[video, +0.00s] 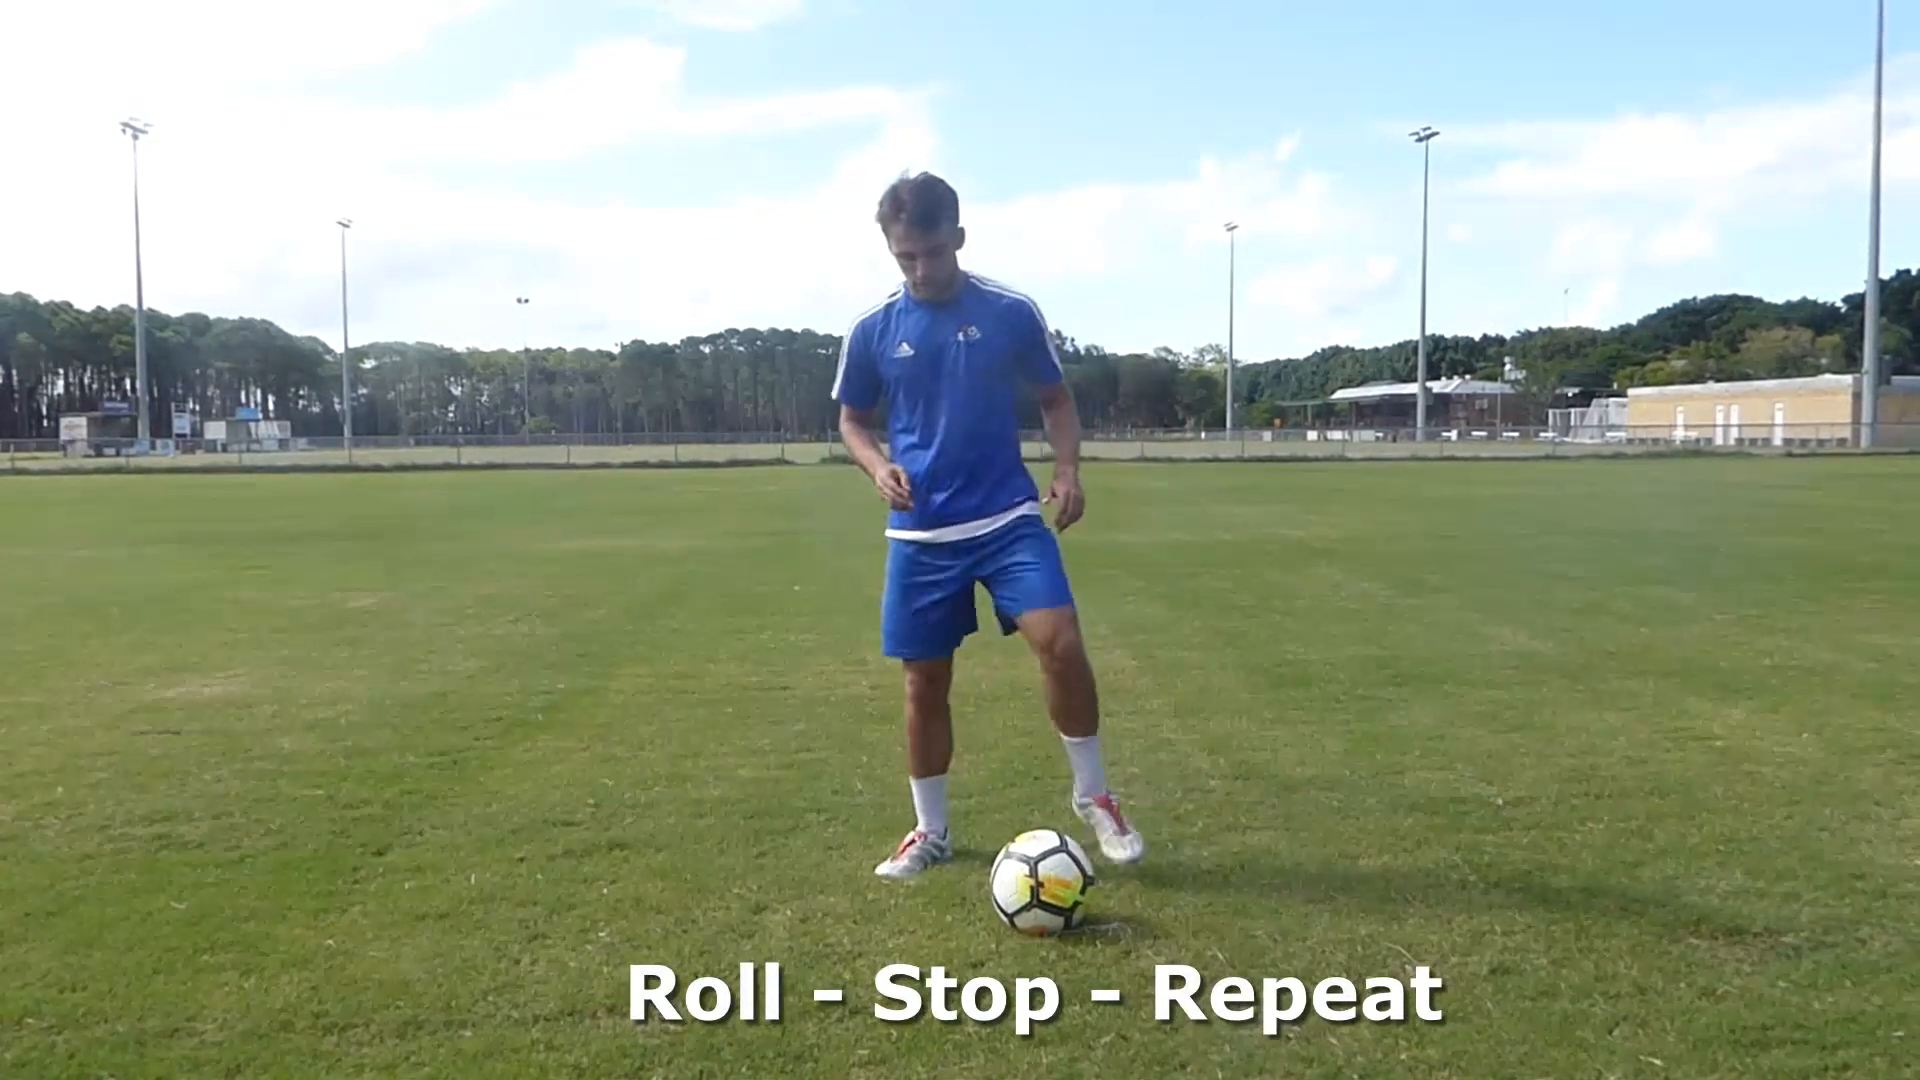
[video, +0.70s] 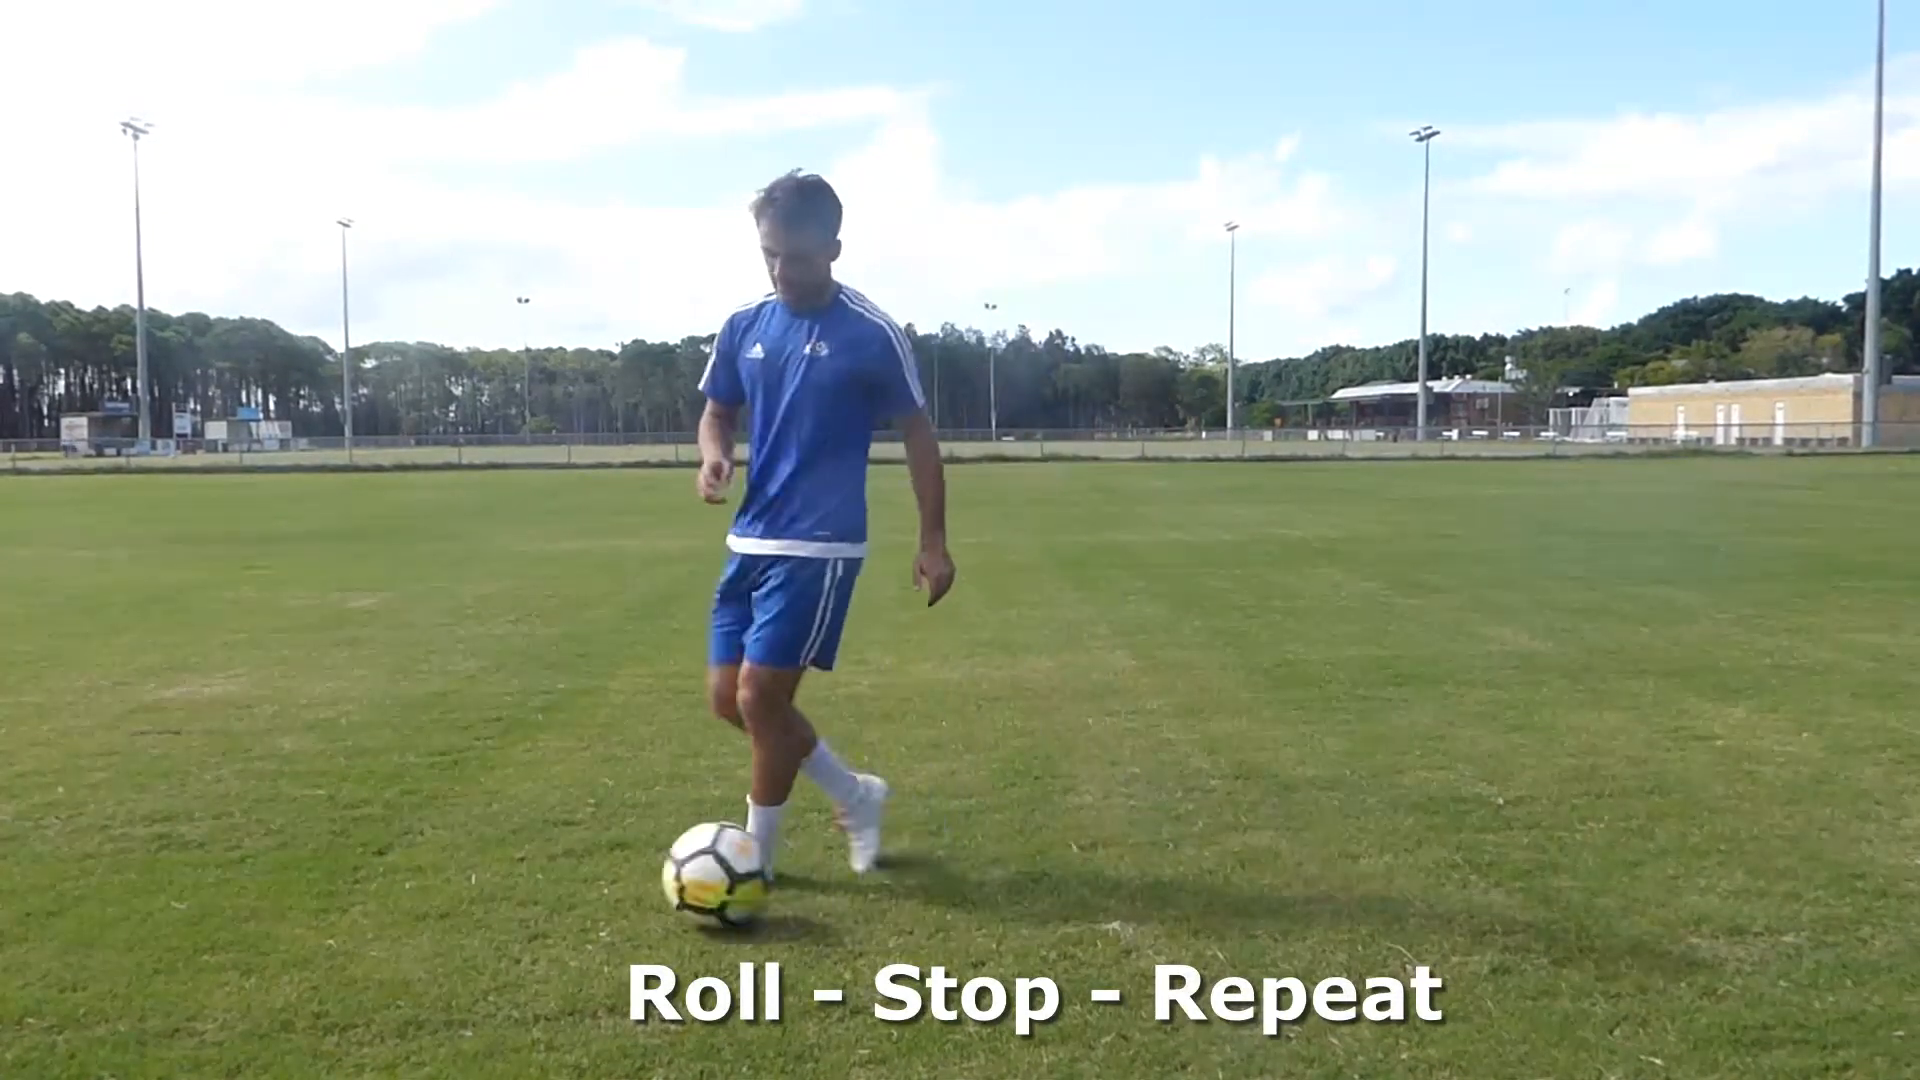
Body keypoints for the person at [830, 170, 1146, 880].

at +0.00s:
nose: (920, 271)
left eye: (931, 254)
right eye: (905, 258)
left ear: (958, 238)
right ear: (888, 249)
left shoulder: (1011, 314)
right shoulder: (872, 334)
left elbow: (1055, 400)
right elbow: (851, 420)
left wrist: (1067, 471)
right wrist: (877, 464)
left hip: (1010, 523)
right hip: (921, 537)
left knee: (1061, 645)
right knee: (923, 686)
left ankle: (1093, 796)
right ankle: (930, 833)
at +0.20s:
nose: (874, 272)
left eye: (886, 254)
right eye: (860, 259)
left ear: (912, 239)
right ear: (843, 251)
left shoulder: (966, 315)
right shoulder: (829, 337)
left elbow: (1021, 394)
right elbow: (814, 422)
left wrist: (1038, 474)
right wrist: (839, 471)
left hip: (960, 514)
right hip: (879, 533)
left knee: (979, 625)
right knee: (904, 682)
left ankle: (1031, 799)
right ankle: (929, 832)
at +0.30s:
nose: (855, 272)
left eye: (868, 255)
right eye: (842, 259)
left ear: (896, 240)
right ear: (826, 251)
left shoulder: (949, 317)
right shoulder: (812, 336)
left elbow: (1009, 400)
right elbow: (803, 423)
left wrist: (1025, 482)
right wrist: (826, 471)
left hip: (933, 513)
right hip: (857, 532)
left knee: (918, 623)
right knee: (891, 682)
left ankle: (958, 801)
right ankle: (926, 829)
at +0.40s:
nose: (841, 274)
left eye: (855, 257)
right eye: (827, 259)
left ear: (882, 242)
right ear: (811, 249)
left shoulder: (932, 321)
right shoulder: (794, 337)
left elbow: (990, 404)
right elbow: (785, 426)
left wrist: (1006, 488)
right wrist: (808, 468)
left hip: (913, 512)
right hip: (839, 528)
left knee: (859, 624)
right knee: (883, 681)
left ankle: (862, 805)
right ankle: (928, 833)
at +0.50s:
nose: (825, 275)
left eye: (840, 260)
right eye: (812, 260)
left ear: (868, 246)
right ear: (795, 250)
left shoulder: (914, 323)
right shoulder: (776, 336)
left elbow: (967, 406)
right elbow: (757, 429)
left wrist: (983, 496)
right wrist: (784, 469)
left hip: (887, 522)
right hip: (818, 530)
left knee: (810, 652)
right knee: (873, 682)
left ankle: (776, 831)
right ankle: (926, 829)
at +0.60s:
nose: (797, 274)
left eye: (811, 259)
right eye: (786, 258)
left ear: (849, 247)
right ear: (776, 247)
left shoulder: (892, 331)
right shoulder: (757, 332)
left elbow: (944, 420)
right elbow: (729, 422)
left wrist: (958, 517)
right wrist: (749, 463)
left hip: (852, 540)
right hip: (785, 540)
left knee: (778, 689)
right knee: (839, 692)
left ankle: (755, 856)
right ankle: (917, 824)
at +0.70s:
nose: (778, 271)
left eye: (794, 256)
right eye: (769, 255)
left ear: (832, 249)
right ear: (760, 246)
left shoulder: (875, 336)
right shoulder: (743, 328)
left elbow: (920, 437)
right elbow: (717, 410)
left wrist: (932, 538)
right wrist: (715, 454)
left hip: (820, 545)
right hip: (751, 538)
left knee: (765, 700)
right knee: (731, 700)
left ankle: (755, 859)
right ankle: (856, 796)